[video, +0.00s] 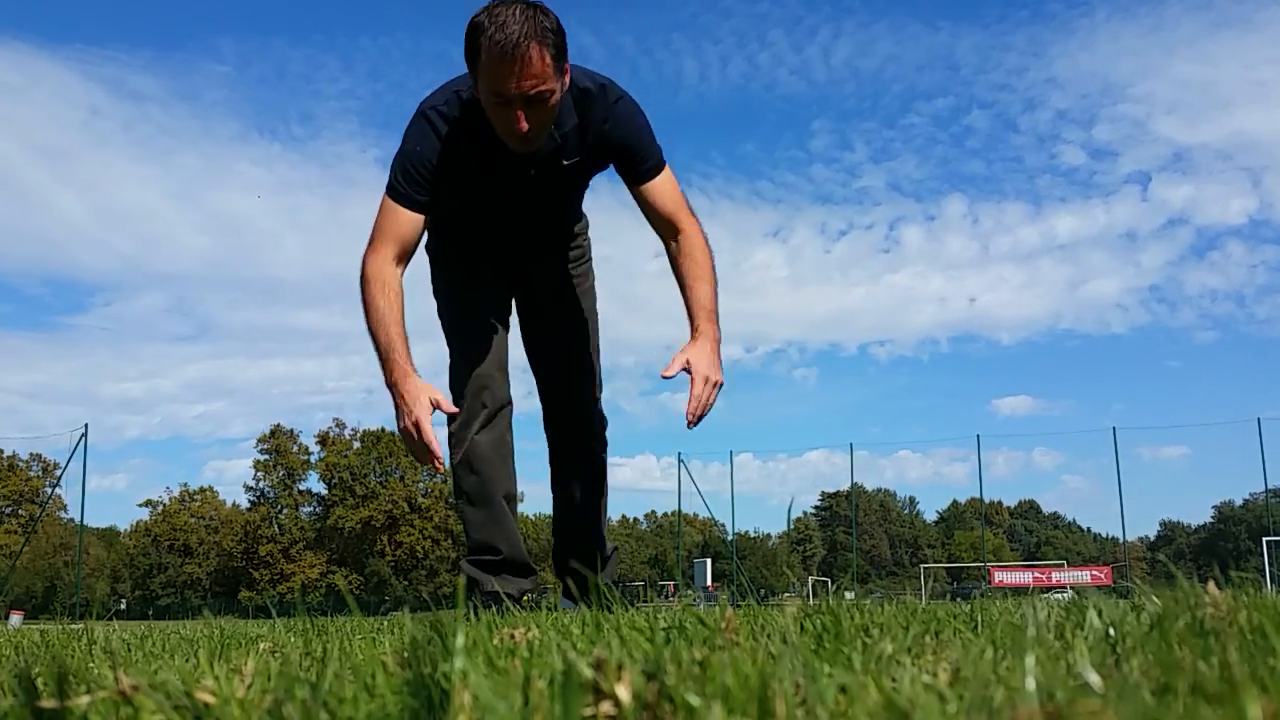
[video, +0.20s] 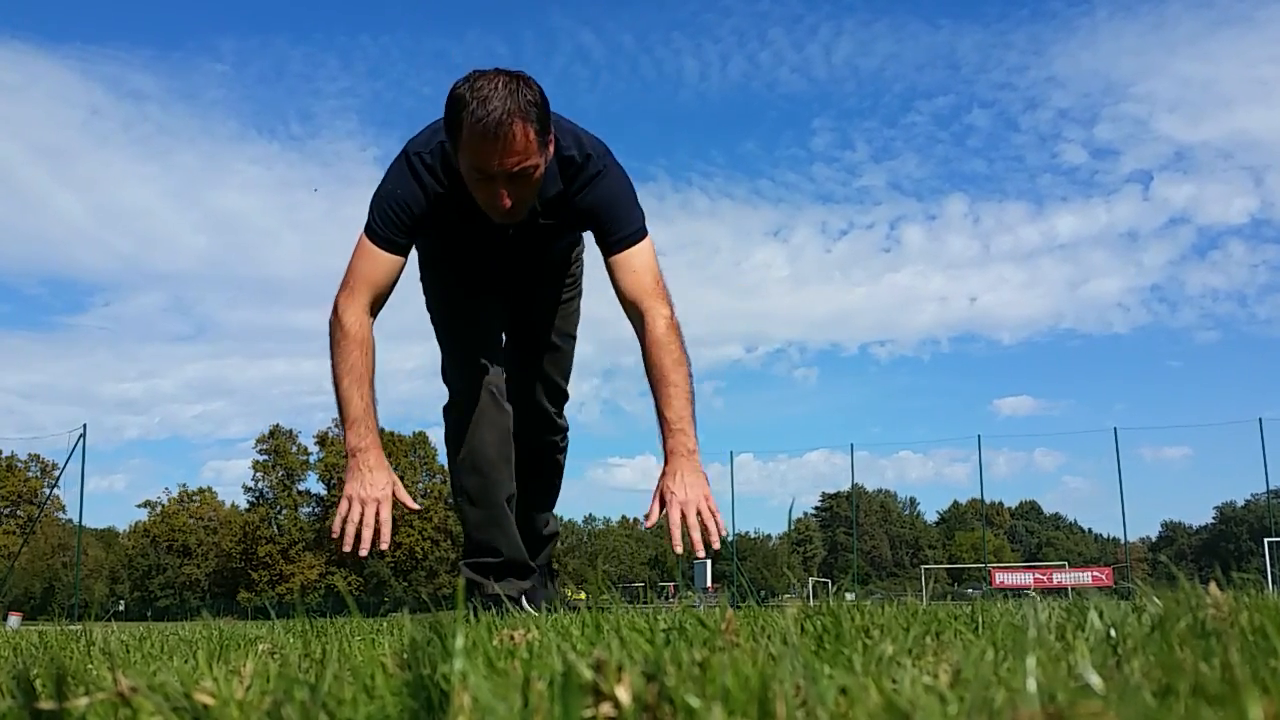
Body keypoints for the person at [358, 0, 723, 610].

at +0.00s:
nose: (520, 121)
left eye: (535, 101)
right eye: (502, 103)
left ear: (564, 76)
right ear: (476, 80)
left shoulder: (604, 110)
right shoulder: (440, 124)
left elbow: (680, 228)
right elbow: (381, 259)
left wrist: (706, 336)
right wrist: (401, 379)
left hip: (556, 248)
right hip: (466, 255)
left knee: (577, 407)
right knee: (482, 400)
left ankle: (588, 583)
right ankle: (498, 590)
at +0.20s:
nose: (503, 196)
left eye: (519, 174)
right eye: (484, 177)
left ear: (548, 147)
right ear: (456, 154)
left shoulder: (591, 172)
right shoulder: (418, 175)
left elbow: (653, 311)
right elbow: (352, 309)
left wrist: (683, 459)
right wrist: (363, 456)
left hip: (549, 264)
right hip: (460, 268)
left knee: (542, 409)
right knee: (479, 400)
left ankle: (534, 579)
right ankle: (497, 588)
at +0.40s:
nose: (501, 279)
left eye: (518, 259)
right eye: (482, 261)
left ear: (546, 227)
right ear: (453, 234)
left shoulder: (585, 243)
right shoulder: (414, 234)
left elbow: (631, 399)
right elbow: (343, 368)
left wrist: (638, 554)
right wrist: (342, 522)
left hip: (548, 295)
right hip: (450, 290)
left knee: (523, 420)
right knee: (460, 415)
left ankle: (495, 566)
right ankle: (493, 580)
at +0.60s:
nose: (511, 345)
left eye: (529, 325)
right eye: (492, 326)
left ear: (561, 291)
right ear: (465, 296)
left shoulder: (604, 295)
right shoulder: (422, 293)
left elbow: (644, 454)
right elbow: (363, 437)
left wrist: (647, 606)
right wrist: (351, 601)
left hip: (561, 339)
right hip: (460, 333)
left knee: (511, 452)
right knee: (427, 429)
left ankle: (472, 585)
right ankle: (491, 576)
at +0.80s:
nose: (521, 308)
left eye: (543, 286)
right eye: (503, 284)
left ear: (574, 267)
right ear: (476, 259)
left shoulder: (617, 290)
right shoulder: (424, 298)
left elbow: (650, 453)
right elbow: (369, 448)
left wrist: (648, 608)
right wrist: (347, 614)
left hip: (558, 369)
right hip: (465, 364)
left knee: (517, 484)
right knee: (415, 446)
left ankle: (476, 597)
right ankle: (497, 585)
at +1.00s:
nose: (516, 300)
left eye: (538, 275)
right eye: (496, 274)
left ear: (572, 260)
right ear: (471, 254)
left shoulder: (618, 289)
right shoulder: (423, 300)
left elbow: (656, 453)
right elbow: (368, 453)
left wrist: (649, 610)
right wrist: (344, 616)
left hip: (559, 382)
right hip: (465, 375)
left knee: (514, 494)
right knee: (381, 474)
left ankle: (476, 586)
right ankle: (457, 560)